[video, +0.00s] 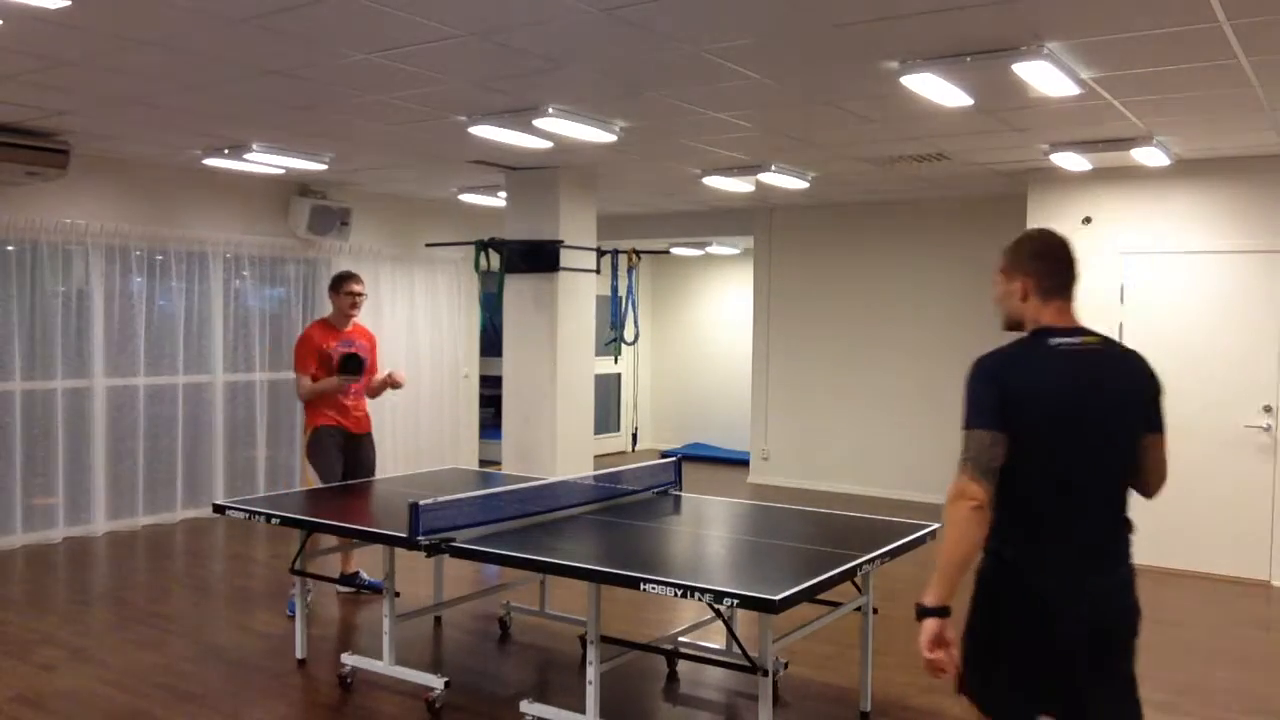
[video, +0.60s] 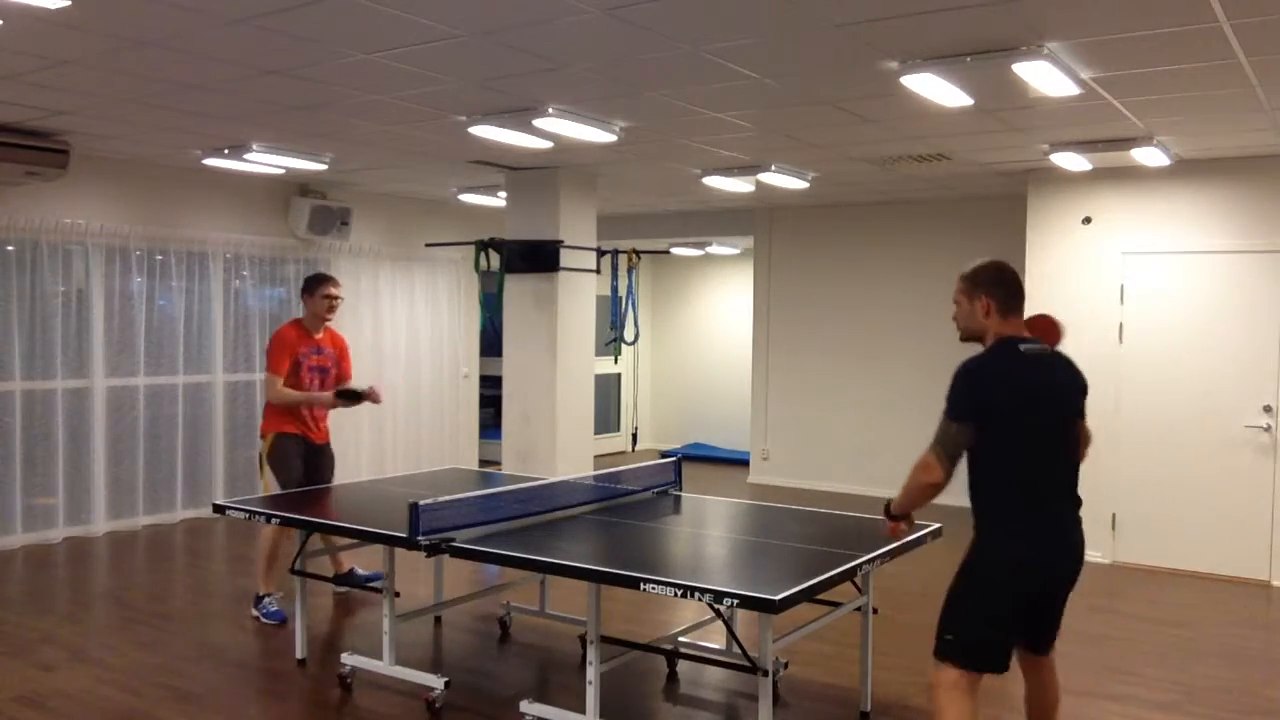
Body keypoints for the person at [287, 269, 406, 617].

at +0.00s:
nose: (357, 301)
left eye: (361, 296)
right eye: (350, 295)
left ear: (364, 300)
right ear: (333, 297)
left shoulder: (366, 338)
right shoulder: (312, 336)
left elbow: (369, 391)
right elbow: (303, 391)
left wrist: (386, 381)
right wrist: (338, 382)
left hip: (359, 426)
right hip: (325, 425)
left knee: (357, 500)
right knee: (331, 496)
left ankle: (348, 571)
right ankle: (301, 582)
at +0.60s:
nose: (334, 304)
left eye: (337, 299)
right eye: (328, 298)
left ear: (338, 304)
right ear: (307, 299)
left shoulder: (337, 342)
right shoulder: (286, 337)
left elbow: (339, 391)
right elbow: (273, 393)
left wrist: (362, 395)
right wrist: (321, 399)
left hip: (318, 435)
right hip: (283, 432)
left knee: (323, 508)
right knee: (282, 513)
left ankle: (342, 570)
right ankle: (264, 595)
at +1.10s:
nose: (338, 304)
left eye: (341, 299)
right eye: (332, 297)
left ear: (342, 303)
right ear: (312, 296)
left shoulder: (339, 337)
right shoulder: (289, 335)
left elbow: (369, 372)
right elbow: (260, 384)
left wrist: (362, 329)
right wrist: (300, 404)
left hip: (334, 437)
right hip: (298, 436)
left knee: (338, 508)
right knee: (282, 513)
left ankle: (339, 572)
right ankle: (264, 594)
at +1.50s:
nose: (354, 311)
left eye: (357, 306)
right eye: (349, 305)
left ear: (357, 307)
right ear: (328, 301)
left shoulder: (352, 337)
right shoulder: (300, 339)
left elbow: (382, 373)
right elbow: (279, 390)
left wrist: (373, 329)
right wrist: (319, 412)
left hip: (347, 440)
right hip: (306, 441)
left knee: (350, 508)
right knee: (286, 514)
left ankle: (341, 571)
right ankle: (265, 589)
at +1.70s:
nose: (349, 312)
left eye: (352, 307)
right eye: (343, 306)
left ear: (350, 308)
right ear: (322, 304)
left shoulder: (345, 339)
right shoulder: (291, 341)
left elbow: (372, 377)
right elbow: (270, 390)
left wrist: (367, 333)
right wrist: (311, 414)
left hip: (334, 442)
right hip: (293, 443)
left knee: (342, 510)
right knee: (276, 516)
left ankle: (340, 572)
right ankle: (259, 592)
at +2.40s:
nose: (314, 344)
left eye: (317, 337)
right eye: (309, 337)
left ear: (318, 336)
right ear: (288, 334)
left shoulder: (319, 363)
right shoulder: (257, 370)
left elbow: (324, 402)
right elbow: (230, 419)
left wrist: (345, 431)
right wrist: (258, 455)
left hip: (315, 459)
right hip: (272, 463)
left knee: (346, 511)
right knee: (256, 521)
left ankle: (361, 567)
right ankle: (223, 597)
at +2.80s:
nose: (344, 326)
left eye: (347, 321)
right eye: (338, 320)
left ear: (343, 324)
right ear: (319, 320)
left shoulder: (320, 355)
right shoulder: (300, 355)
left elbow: (306, 411)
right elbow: (291, 413)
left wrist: (335, 435)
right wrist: (334, 436)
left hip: (304, 447)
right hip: (271, 450)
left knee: (326, 506)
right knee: (252, 515)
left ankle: (325, 564)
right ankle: (219, 594)